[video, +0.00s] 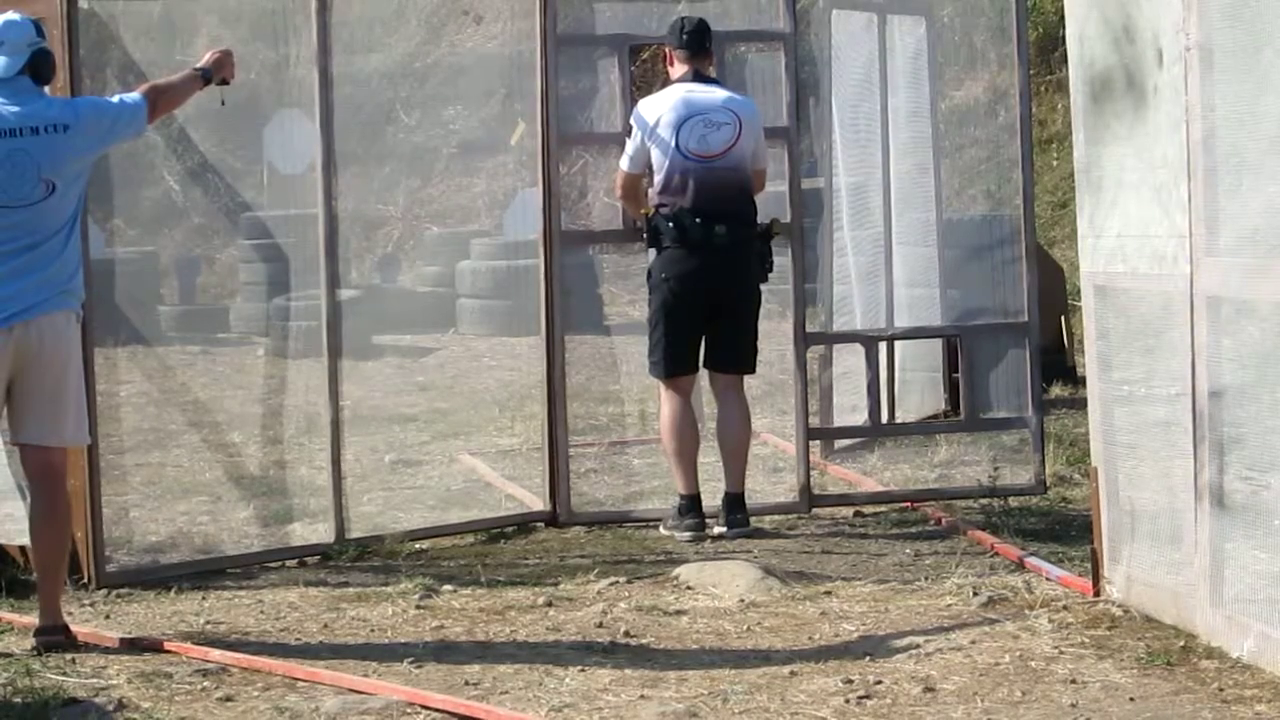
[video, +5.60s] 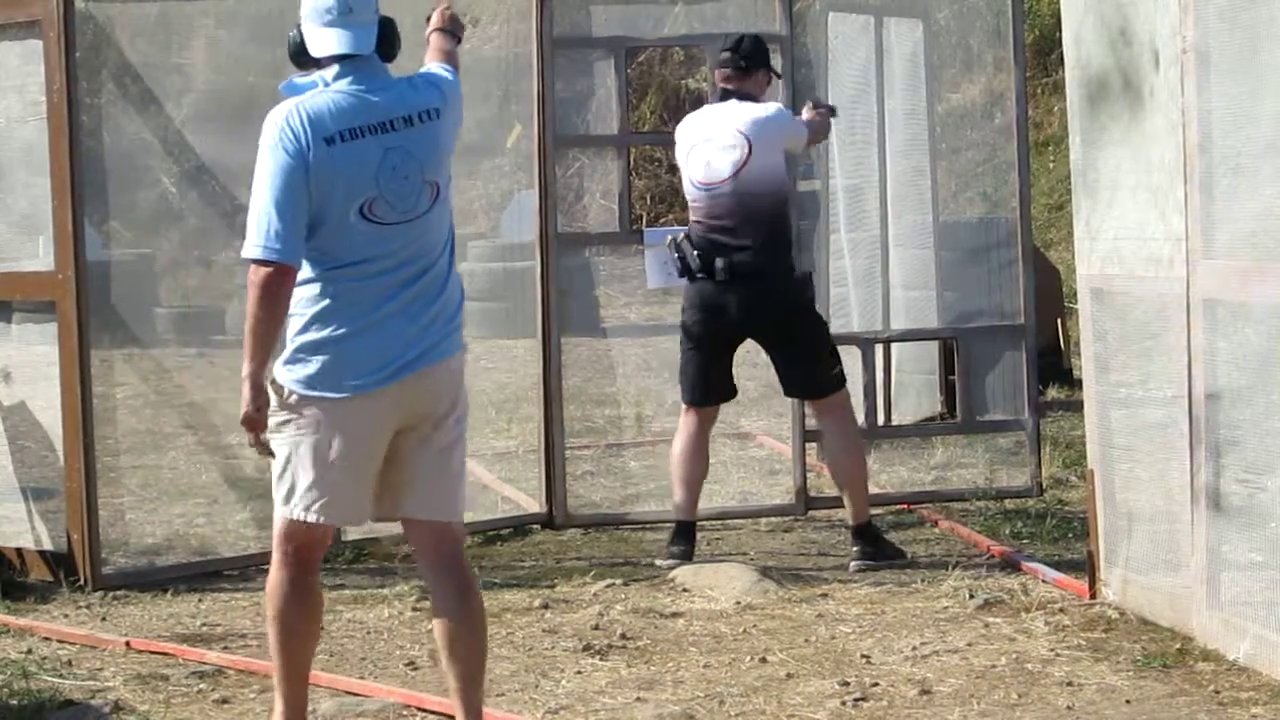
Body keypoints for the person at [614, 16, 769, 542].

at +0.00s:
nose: (668, 65)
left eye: (666, 58)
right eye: (685, 57)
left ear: (669, 58)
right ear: (713, 58)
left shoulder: (652, 109)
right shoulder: (745, 107)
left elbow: (626, 190)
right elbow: (757, 182)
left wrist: (652, 210)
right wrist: (719, 208)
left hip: (677, 255)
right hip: (738, 255)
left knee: (676, 386)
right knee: (730, 383)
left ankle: (689, 509)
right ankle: (735, 506)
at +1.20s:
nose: (666, 79)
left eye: (665, 72)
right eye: (702, 73)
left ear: (667, 75)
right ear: (713, 72)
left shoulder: (639, 123)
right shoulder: (737, 111)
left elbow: (633, 214)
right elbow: (764, 194)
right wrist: (717, 190)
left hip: (676, 276)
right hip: (741, 269)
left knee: (668, 412)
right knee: (773, 377)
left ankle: (680, 535)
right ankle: (813, 484)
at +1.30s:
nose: (688, 77)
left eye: (681, 68)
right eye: (703, 70)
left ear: (679, 72)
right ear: (723, 72)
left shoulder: (650, 117)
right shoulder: (745, 111)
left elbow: (638, 175)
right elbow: (759, 176)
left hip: (679, 285)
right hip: (746, 278)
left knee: (667, 415)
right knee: (797, 391)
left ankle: (678, 535)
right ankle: (854, 500)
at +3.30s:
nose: (716, 81)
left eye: (714, 74)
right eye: (729, 74)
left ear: (719, 77)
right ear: (763, 76)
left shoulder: (694, 121)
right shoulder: (793, 120)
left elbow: (687, 118)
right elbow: (760, 121)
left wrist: (711, 98)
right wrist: (733, 95)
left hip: (713, 293)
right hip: (783, 293)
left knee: (676, 409)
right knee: (830, 414)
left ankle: (678, 539)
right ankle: (878, 538)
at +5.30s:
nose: (712, 83)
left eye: (711, 76)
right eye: (724, 76)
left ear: (716, 77)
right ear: (761, 77)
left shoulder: (689, 122)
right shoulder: (792, 122)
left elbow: (704, 131)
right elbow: (759, 129)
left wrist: (717, 98)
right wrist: (735, 96)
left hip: (711, 296)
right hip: (781, 295)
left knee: (673, 409)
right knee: (828, 414)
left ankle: (676, 538)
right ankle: (875, 536)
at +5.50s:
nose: (761, 85)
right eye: (762, 77)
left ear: (713, 79)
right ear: (761, 78)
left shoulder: (682, 128)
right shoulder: (781, 119)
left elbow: (709, 168)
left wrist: (727, 101)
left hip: (708, 296)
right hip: (777, 292)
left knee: (683, 414)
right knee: (830, 412)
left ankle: (679, 539)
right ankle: (867, 534)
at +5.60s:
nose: (771, 84)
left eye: (768, 78)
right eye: (769, 77)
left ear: (716, 78)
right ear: (762, 79)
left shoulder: (685, 128)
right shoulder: (774, 118)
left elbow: (734, 151)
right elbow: (815, 133)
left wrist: (800, 126)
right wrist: (819, 117)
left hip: (705, 295)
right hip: (773, 293)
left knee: (695, 416)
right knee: (833, 410)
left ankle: (681, 538)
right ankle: (865, 536)